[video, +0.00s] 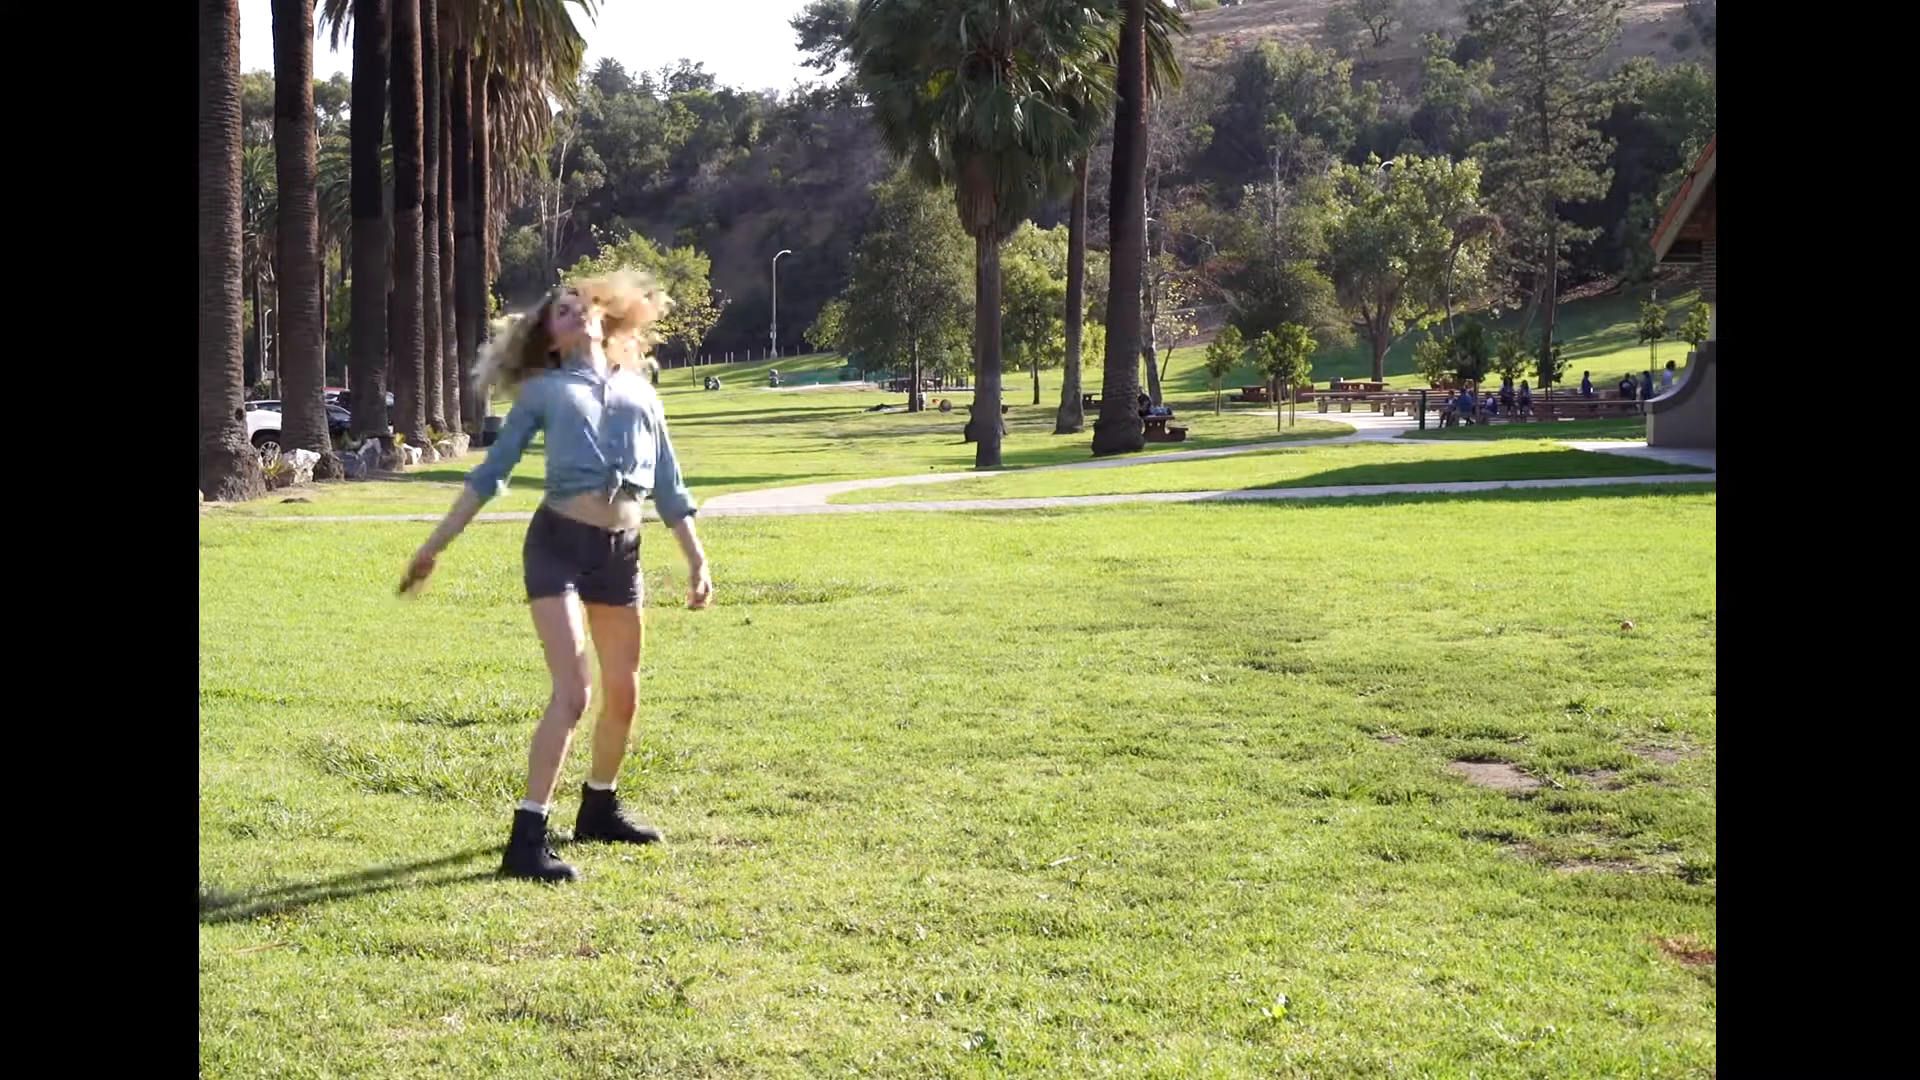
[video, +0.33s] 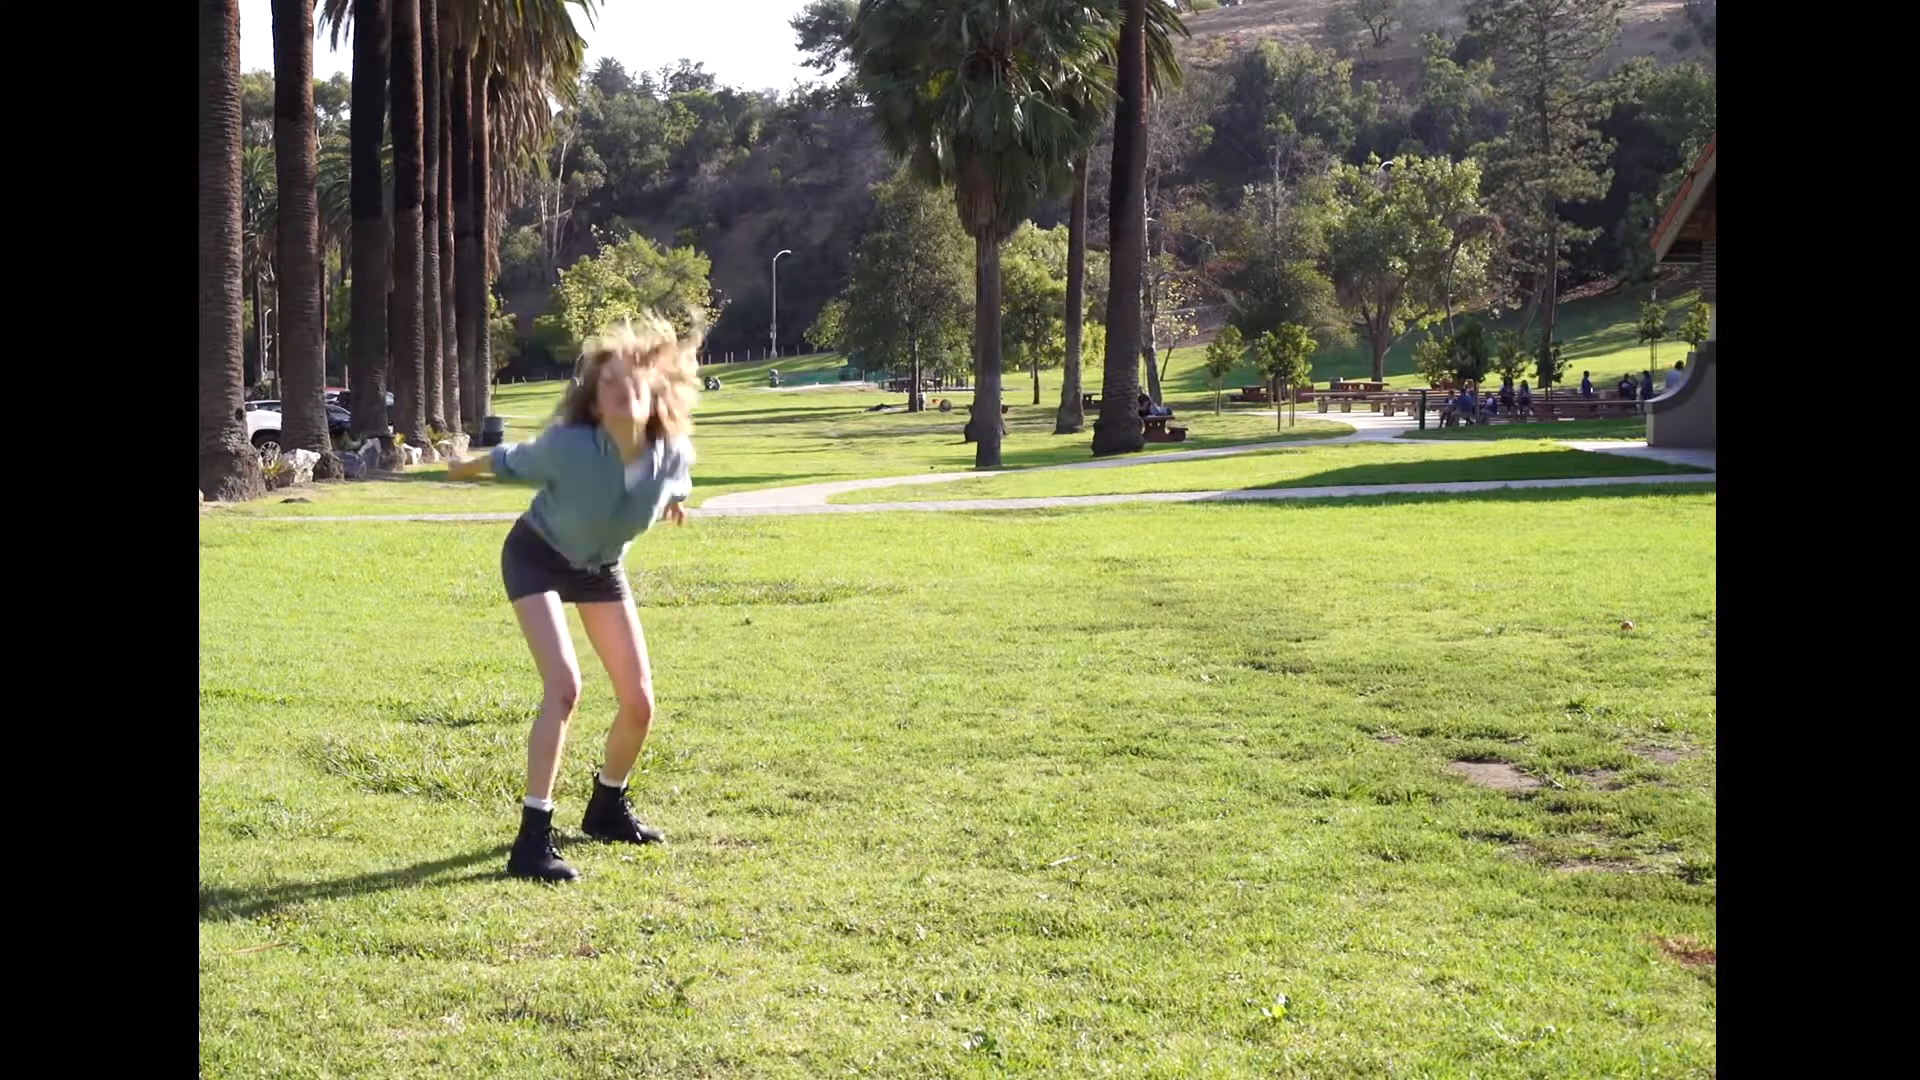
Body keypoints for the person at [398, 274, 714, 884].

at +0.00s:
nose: (572, 305)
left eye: (577, 300)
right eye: (559, 309)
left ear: (601, 317)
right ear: (551, 341)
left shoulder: (640, 388)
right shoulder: (545, 386)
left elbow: (666, 479)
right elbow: (492, 471)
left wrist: (696, 558)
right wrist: (434, 545)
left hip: (620, 551)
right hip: (557, 544)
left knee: (623, 696)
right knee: (574, 693)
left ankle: (599, 810)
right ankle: (527, 839)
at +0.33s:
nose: (623, 388)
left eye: (633, 377)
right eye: (610, 380)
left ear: (653, 390)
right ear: (594, 396)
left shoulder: (671, 450)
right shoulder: (568, 446)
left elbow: (675, 480)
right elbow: (505, 461)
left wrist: (675, 504)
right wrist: (460, 465)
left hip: (601, 565)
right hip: (535, 552)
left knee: (639, 704)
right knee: (563, 687)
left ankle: (606, 809)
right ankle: (533, 840)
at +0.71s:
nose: (628, 598)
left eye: (640, 587)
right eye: (622, 584)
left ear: (664, 552)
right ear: (599, 547)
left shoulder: (674, 523)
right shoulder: (555, 508)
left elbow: (700, 473)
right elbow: (510, 448)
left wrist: (717, 425)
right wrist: (476, 389)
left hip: (596, 567)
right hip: (536, 548)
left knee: (629, 705)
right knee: (547, 690)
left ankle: (601, 812)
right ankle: (528, 840)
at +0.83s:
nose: (622, 483)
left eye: (636, 476)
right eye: (615, 469)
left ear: (657, 458)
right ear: (598, 440)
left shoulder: (666, 449)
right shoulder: (556, 430)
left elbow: (721, 417)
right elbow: (517, 353)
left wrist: (762, 372)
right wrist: (486, 277)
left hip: (620, 550)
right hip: (550, 544)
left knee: (662, 697)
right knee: (555, 684)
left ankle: (644, 771)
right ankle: (521, 828)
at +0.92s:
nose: (624, 427)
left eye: (635, 418)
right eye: (615, 414)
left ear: (651, 412)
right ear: (598, 401)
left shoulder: (670, 450)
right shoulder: (561, 423)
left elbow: (721, 408)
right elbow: (526, 348)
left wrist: (754, 369)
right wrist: (507, 275)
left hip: (627, 564)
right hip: (558, 559)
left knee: (695, 694)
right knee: (556, 695)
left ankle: (719, 784)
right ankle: (507, 826)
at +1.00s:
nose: (621, 399)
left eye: (617, 385)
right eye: (624, 384)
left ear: (594, 387)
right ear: (650, 386)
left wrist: (511, 391)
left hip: (640, 578)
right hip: (570, 572)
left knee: (708, 711)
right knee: (560, 712)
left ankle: (786, 827)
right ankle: (509, 831)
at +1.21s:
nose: (651, 343)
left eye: (662, 331)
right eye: (641, 331)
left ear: (684, 326)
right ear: (625, 327)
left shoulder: (706, 370)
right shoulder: (597, 369)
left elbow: (760, 404)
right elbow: (545, 436)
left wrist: (792, 424)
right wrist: (536, 494)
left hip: (678, 537)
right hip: (607, 533)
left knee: (737, 694)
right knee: (554, 688)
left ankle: (798, 823)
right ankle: (508, 826)